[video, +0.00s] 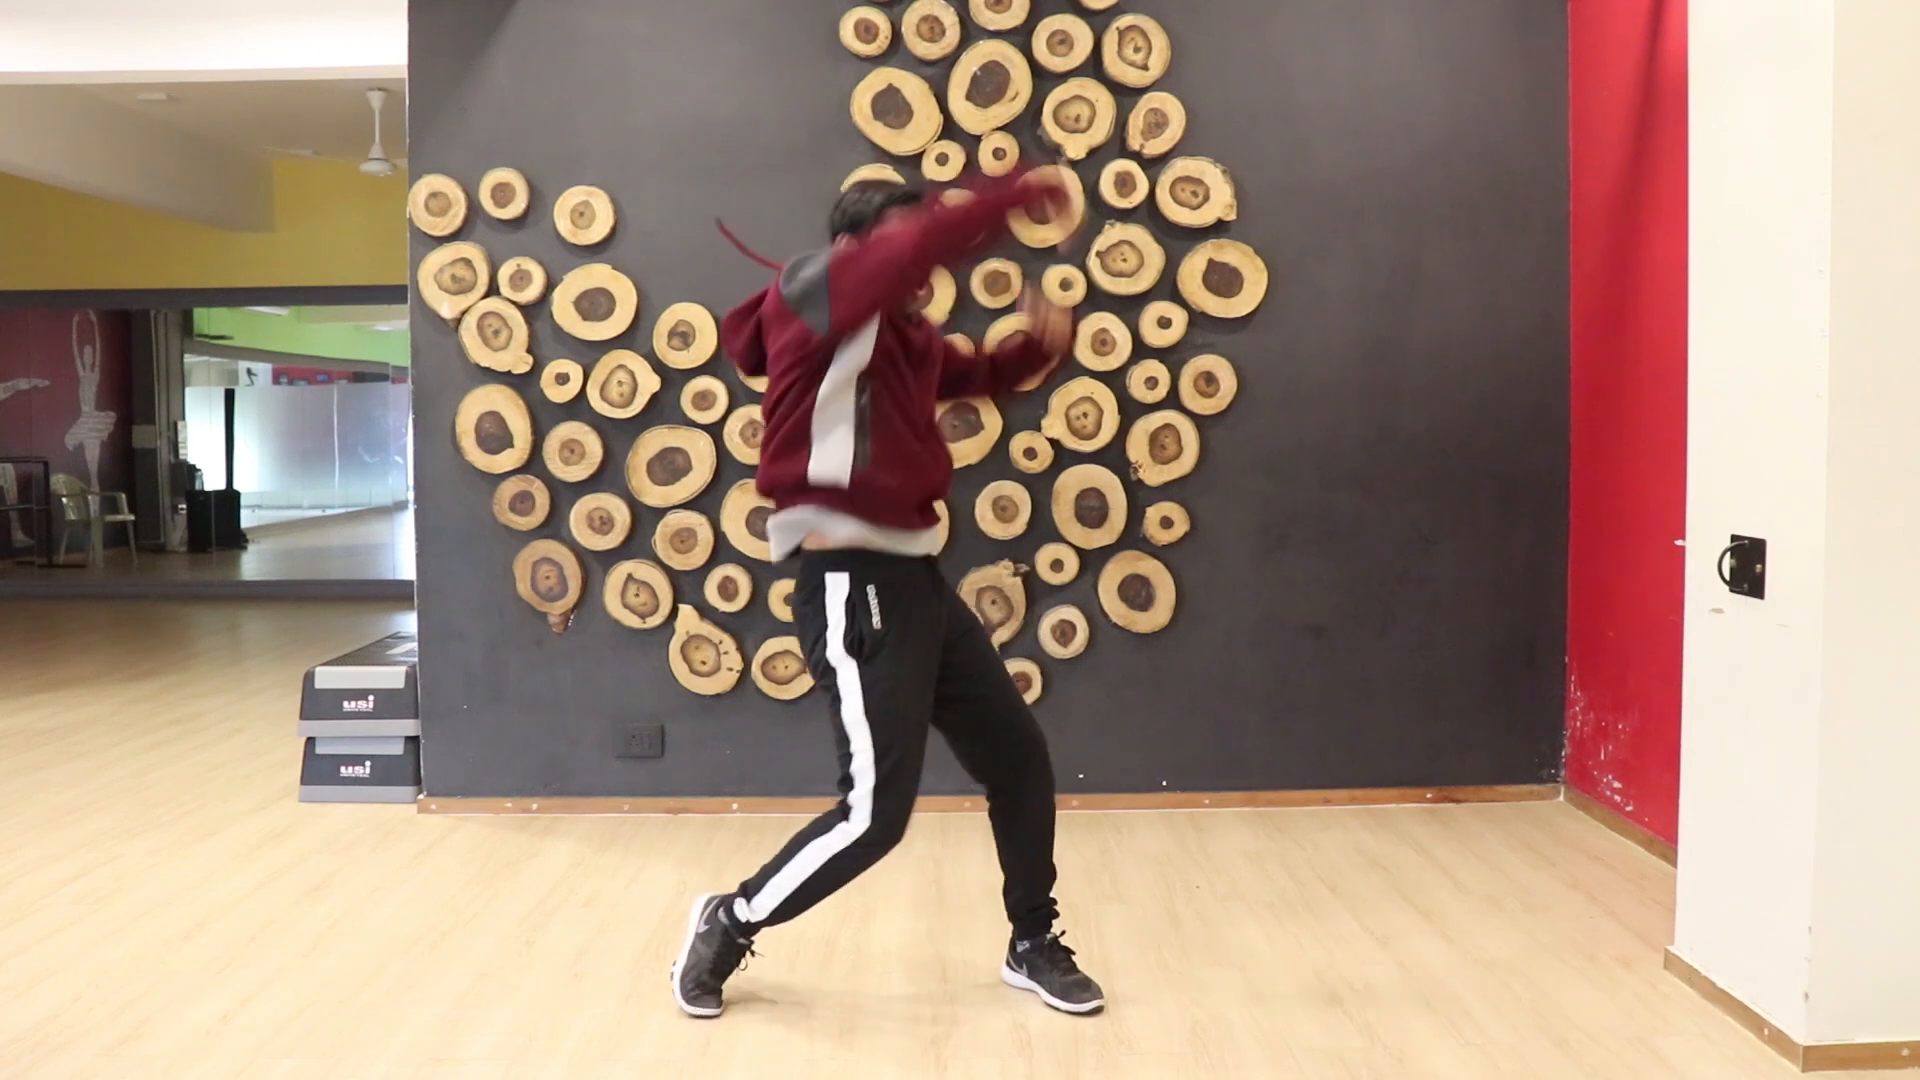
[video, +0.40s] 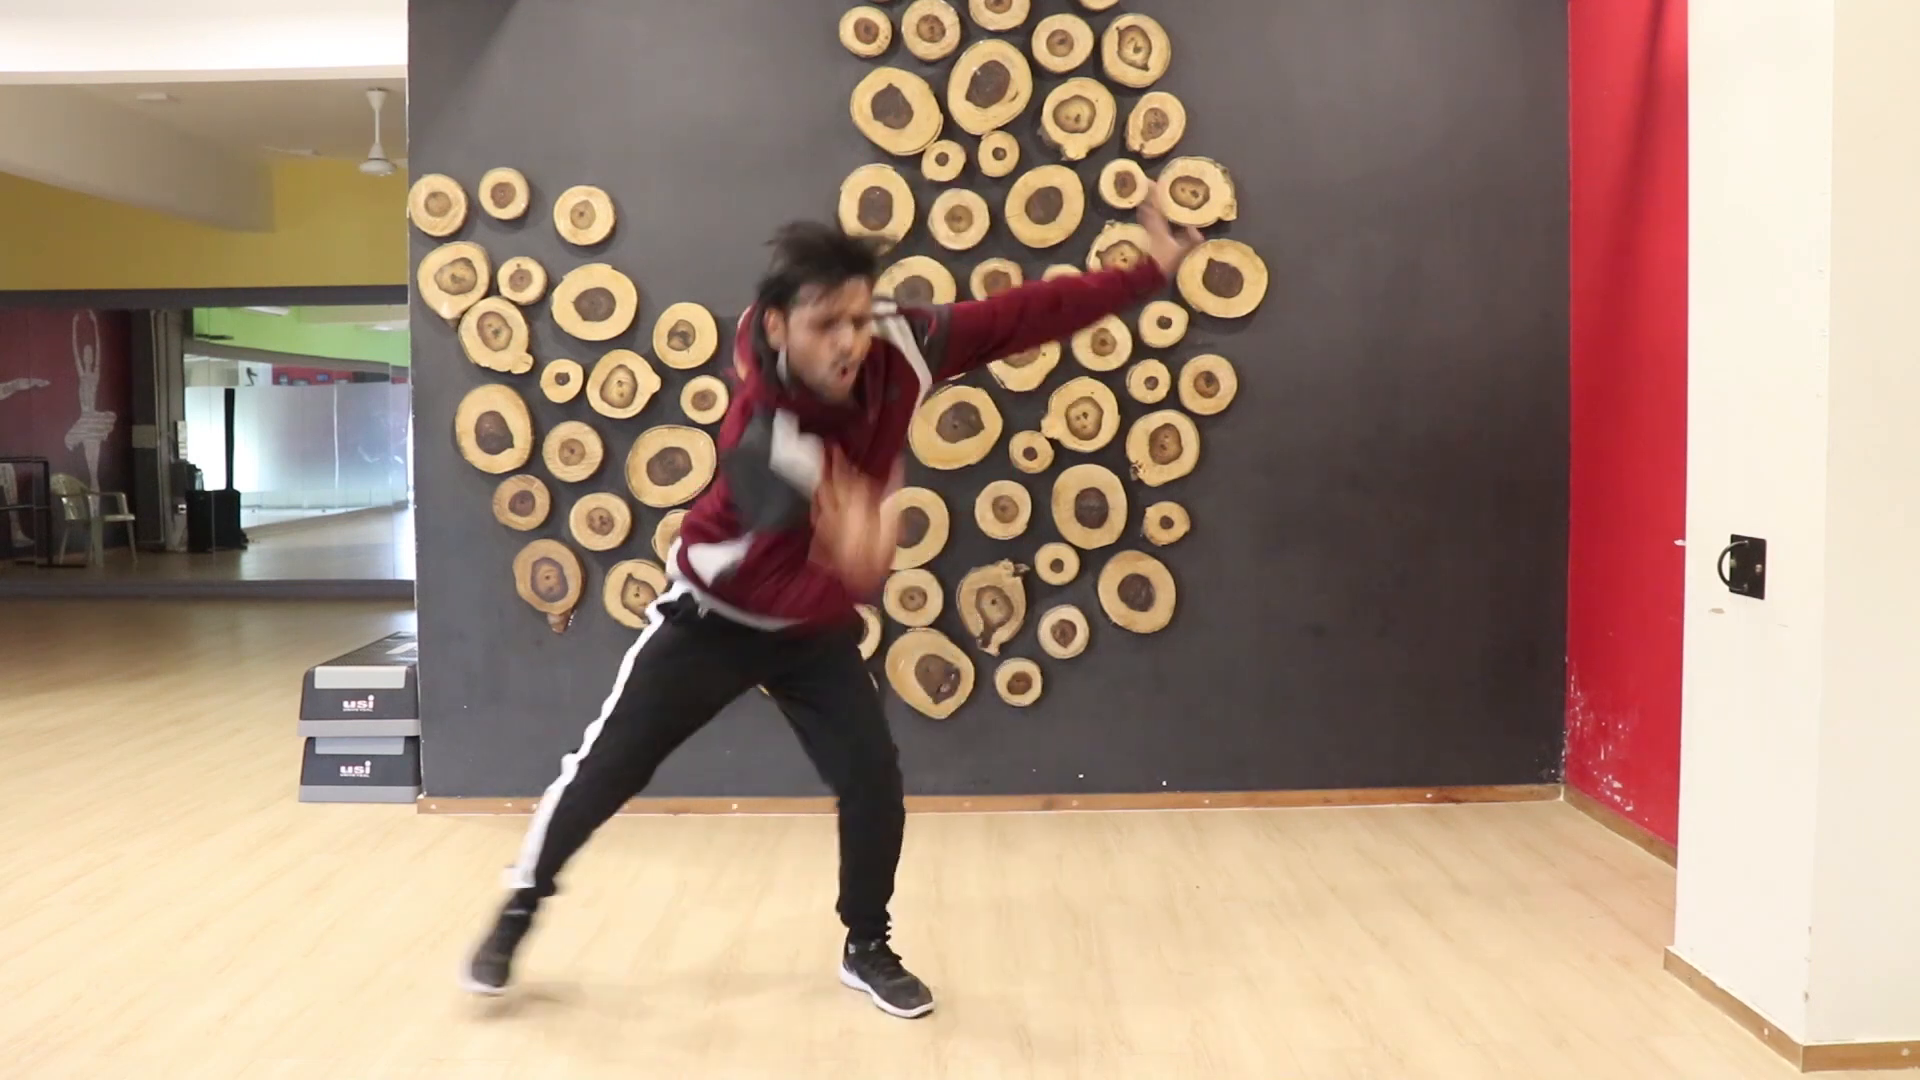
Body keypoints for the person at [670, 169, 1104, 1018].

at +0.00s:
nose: (930, 266)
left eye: (931, 248)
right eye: (915, 246)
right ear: (866, 242)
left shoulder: (903, 338)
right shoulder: (813, 294)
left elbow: (977, 373)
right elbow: (915, 236)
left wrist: (1038, 344)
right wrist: (1011, 195)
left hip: (918, 581)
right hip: (852, 583)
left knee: (1019, 761)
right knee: (873, 814)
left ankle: (1033, 944)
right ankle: (728, 923)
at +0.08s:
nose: (910, 267)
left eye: (915, 251)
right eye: (887, 253)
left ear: (921, 257)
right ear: (836, 263)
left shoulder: (887, 343)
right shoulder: (809, 324)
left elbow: (924, 469)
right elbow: (929, 333)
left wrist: (999, 468)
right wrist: (1054, 344)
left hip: (913, 598)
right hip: (837, 607)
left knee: (1023, 772)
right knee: (843, 823)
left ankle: (1036, 943)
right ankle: (702, 930)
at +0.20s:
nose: (896, 248)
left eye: (904, 233)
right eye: (875, 233)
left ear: (910, 241)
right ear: (822, 242)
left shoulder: (892, 319)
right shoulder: (793, 299)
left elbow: (926, 396)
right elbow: (926, 331)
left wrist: (977, 435)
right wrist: (1068, 348)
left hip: (858, 594)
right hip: (765, 594)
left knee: (956, 768)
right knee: (773, 802)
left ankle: (998, 937)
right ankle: (688, 936)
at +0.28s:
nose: (884, 262)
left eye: (893, 245)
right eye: (862, 246)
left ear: (902, 248)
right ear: (811, 251)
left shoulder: (906, 307)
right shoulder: (787, 316)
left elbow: (995, 358)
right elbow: (904, 397)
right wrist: (1010, 322)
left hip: (834, 582)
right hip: (732, 585)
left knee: (912, 742)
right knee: (712, 769)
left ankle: (896, 918)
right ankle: (668, 932)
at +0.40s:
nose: (852, 341)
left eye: (864, 319)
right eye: (829, 324)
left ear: (876, 310)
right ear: (776, 324)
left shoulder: (903, 346)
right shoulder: (760, 432)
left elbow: (1021, 317)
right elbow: (766, 570)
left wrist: (1143, 272)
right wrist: (847, 580)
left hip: (816, 629)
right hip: (709, 620)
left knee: (873, 785)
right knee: (608, 768)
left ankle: (868, 952)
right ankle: (518, 910)